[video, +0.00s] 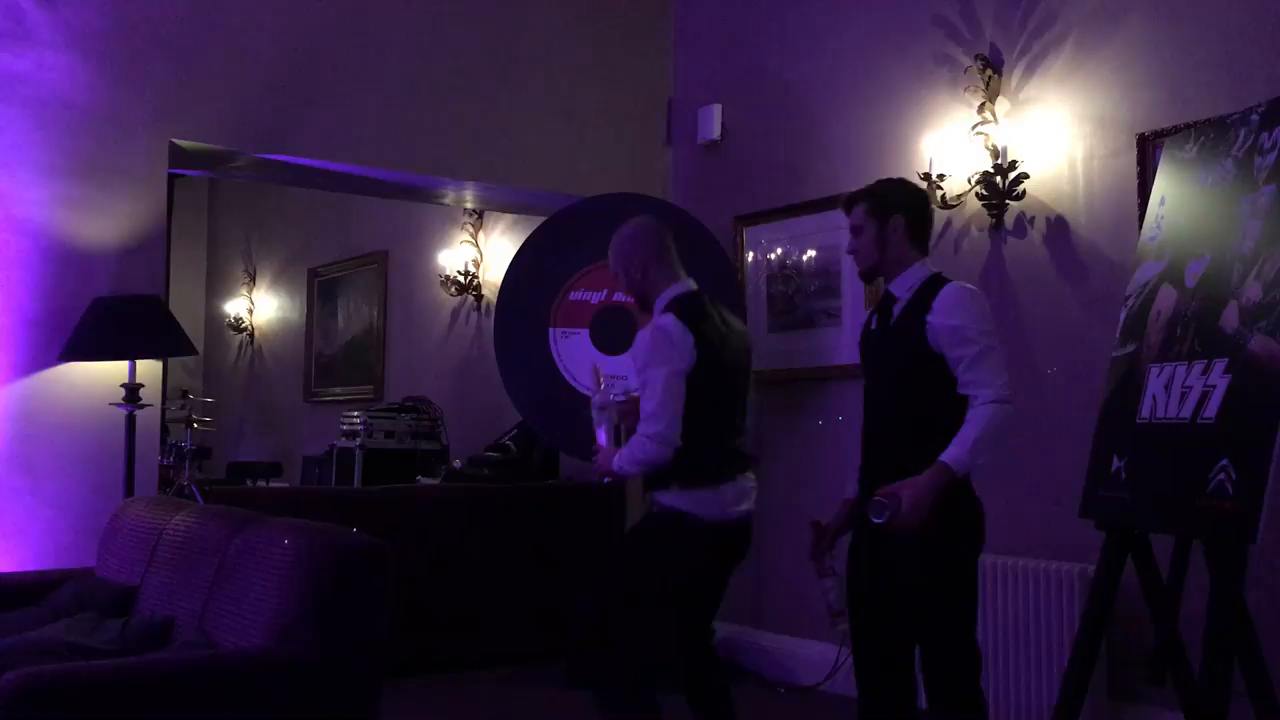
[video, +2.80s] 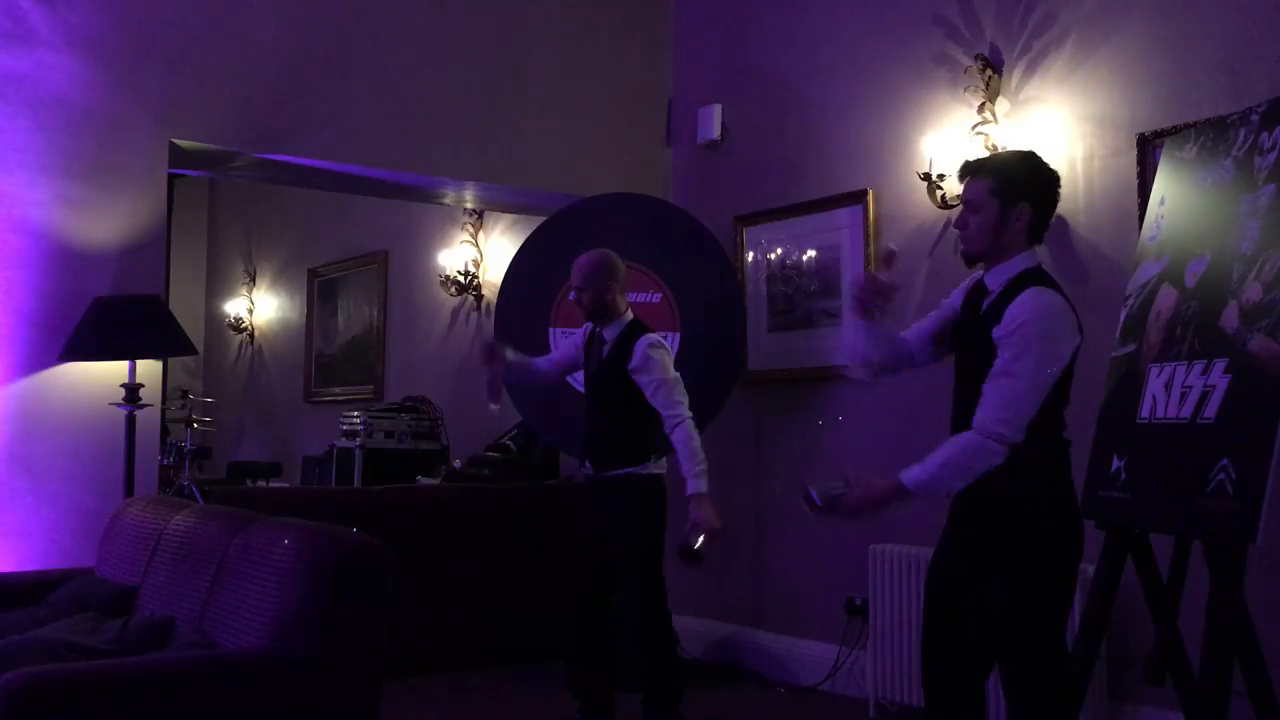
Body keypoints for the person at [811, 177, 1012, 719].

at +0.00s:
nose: (849, 243)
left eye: (859, 229)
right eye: (849, 231)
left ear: (898, 230)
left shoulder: (953, 301)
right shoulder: (876, 318)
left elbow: (992, 401)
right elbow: (885, 431)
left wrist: (933, 479)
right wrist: (849, 510)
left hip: (938, 517)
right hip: (880, 519)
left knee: (949, 679)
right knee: (881, 680)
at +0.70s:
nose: (893, 243)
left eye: (902, 228)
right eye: (895, 229)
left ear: (937, 230)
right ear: (939, 233)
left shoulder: (1009, 305)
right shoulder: (921, 327)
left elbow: (1057, 408)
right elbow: (907, 424)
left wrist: (981, 480)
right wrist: (851, 502)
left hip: (1005, 529)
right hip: (935, 529)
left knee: (1029, 693)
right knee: (906, 690)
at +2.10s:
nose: (928, 240)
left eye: (938, 225)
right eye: (927, 227)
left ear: (982, 221)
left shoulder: (1048, 294)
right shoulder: (946, 313)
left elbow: (1093, 403)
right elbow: (904, 404)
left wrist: (1035, 470)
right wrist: (828, 463)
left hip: (1035, 517)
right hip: (962, 515)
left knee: (1043, 686)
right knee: (955, 685)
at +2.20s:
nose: (940, 236)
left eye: (950, 219)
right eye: (941, 221)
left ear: (995, 218)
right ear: (989, 220)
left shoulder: (1055, 297)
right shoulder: (958, 307)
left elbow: (1097, 410)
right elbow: (904, 377)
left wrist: (1028, 486)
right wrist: (822, 395)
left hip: (1035, 526)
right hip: (963, 522)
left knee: (1042, 691)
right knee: (954, 689)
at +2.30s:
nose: (949, 223)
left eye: (962, 209)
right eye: (952, 209)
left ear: (1006, 216)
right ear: (994, 219)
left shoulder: (1056, 298)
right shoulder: (968, 302)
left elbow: (1093, 414)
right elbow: (898, 347)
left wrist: (1020, 500)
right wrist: (823, 315)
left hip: (1033, 535)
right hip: (965, 531)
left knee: (1039, 695)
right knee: (954, 693)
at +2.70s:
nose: (960, 214)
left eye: (975, 202)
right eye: (964, 201)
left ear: (1019, 217)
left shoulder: (1043, 308)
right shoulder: (979, 293)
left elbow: (1012, 437)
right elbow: (886, 329)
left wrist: (932, 515)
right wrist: (830, 277)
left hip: (1028, 516)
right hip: (974, 510)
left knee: (1035, 687)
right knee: (950, 681)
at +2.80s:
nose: (958, 219)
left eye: (973, 207)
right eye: (960, 205)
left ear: (1019, 218)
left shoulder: (1038, 308)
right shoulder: (976, 295)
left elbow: (991, 436)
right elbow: (885, 358)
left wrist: (895, 486)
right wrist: (868, 314)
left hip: (1030, 510)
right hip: (979, 504)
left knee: (1031, 675)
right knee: (949, 667)